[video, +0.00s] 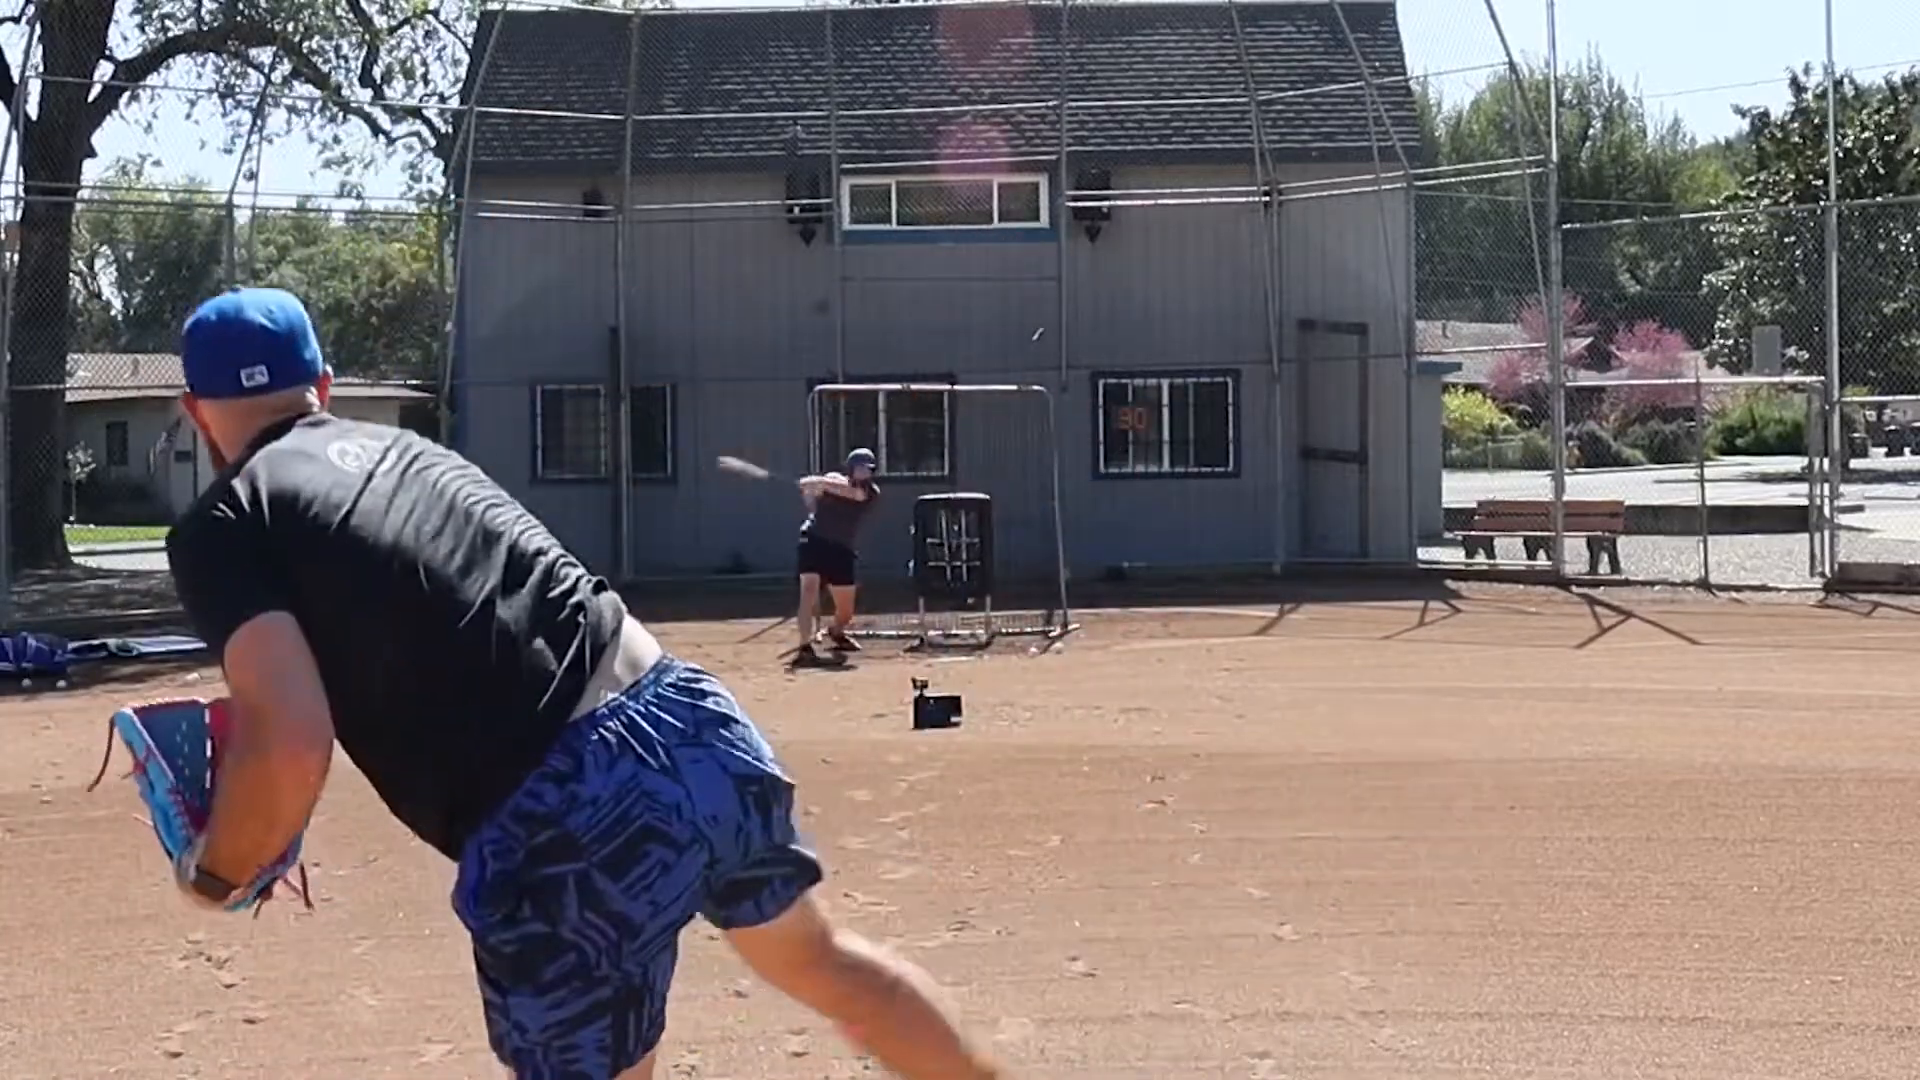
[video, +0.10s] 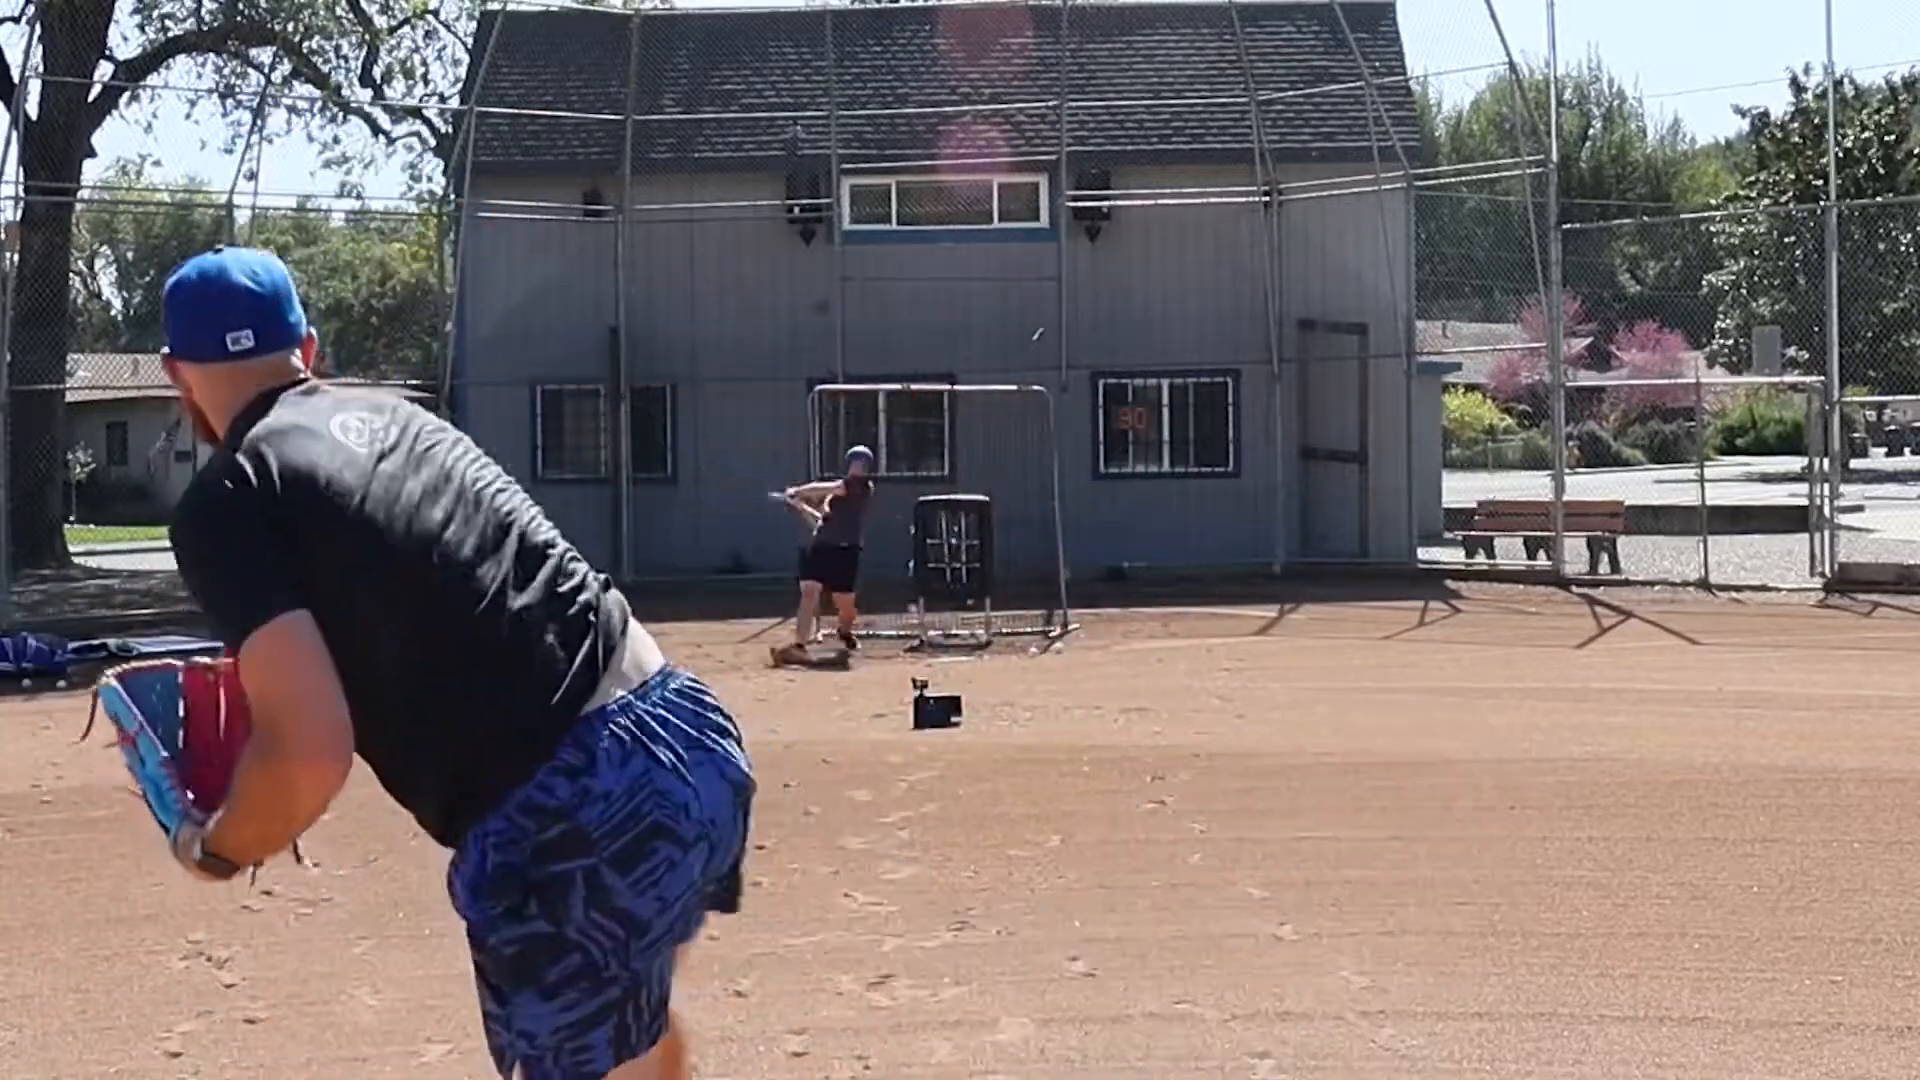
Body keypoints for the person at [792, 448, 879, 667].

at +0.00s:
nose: (866, 473)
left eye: (869, 469)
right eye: (862, 468)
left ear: (872, 471)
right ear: (851, 467)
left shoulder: (871, 491)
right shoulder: (834, 479)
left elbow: (847, 491)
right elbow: (804, 484)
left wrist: (821, 485)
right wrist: (825, 483)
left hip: (842, 547)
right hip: (815, 541)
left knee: (846, 609)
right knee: (809, 592)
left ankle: (836, 632)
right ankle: (805, 646)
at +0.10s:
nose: (858, 469)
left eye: (863, 465)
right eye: (855, 463)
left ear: (868, 469)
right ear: (848, 465)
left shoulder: (861, 487)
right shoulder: (839, 490)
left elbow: (830, 488)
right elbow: (822, 520)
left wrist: (798, 490)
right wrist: (800, 505)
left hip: (846, 545)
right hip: (821, 543)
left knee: (844, 598)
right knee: (809, 590)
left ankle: (845, 630)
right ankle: (800, 642)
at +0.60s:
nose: (858, 470)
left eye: (863, 466)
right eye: (854, 465)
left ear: (868, 469)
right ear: (848, 466)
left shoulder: (868, 492)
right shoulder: (832, 489)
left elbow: (840, 492)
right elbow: (813, 514)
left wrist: (805, 489)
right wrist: (800, 499)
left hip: (848, 551)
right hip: (821, 547)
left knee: (845, 607)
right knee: (813, 594)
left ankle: (858, 629)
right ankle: (803, 642)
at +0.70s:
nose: (853, 448)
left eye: (853, 444)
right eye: (849, 443)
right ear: (839, 444)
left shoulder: (844, 475)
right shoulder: (828, 474)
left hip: (830, 532)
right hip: (824, 533)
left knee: (855, 581)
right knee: (856, 581)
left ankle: (837, 627)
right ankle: (834, 626)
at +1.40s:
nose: (856, 464)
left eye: (857, 459)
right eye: (852, 459)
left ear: (844, 460)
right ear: (841, 459)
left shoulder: (824, 478)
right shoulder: (844, 481)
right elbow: (867, 507)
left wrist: (851, 489)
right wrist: (861, 488)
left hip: (823, 546)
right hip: (816, 547)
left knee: (852, 593)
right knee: (839, 599)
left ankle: (836, 636)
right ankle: (813, 645)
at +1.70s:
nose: (849, 455)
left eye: (849, 451)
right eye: (846, 450)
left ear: (827, 450)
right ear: (836, 450)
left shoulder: (817, 471)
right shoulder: (832, 473)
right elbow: (852, 515)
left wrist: (852, 503)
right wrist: (863, 507)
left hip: (824, 541)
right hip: (822, 543)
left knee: (850, 591)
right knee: (839, 598)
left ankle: (837, 635)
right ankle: (812, 643)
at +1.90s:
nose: (848, 455)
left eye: (847, 451)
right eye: (845, 451)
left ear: (828, 451)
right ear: (836, 451)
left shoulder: (823, 472)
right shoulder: (828, 476)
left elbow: (846, 506)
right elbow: (833, 516)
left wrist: (854, 528)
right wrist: (853, 534)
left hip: (828, 540)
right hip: (823, 541)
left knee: (849, 590)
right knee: (838, 596)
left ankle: (837, 634)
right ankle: (812, 643)